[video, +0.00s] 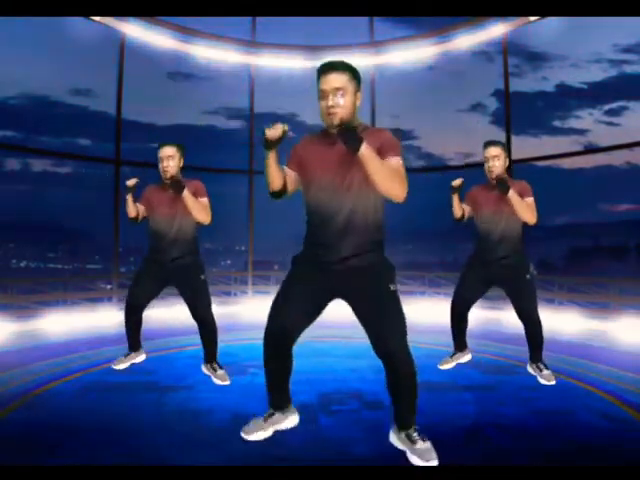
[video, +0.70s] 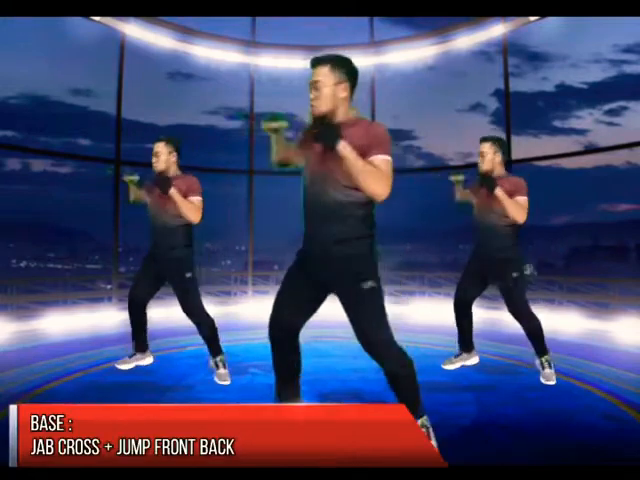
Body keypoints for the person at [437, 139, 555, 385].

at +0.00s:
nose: (492, 163)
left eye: (496, 158)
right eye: (488, 159)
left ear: (506, 160)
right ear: (483, 163)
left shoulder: (520, 188)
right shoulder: (477, 192)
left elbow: (530, 217)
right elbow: (460, 215)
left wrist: (507, 190)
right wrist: (455, 194)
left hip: (513, 264)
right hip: (482, 263)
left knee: (530, 316)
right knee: (458, 306)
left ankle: (536, 362)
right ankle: (460, 351)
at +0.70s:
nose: (480, 160)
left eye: (485, 155)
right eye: (479, 155)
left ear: (499, 157)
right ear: (480, 158)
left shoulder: (515, 184)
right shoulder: (479, 185)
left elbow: (520, 216)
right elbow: (462, 198)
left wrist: (498, 190)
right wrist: (459, 187)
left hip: (508, 257)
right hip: (482, 255)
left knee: (519, 308)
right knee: (461, 301)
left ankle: (543, 358)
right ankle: (467, 352)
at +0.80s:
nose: (477, 160)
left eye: (480, 156)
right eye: (477, 156)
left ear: (493, 157)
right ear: (485, 157)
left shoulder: (504, 181)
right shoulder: (485, 180)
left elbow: (492, 199)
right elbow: (479, 202)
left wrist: (470, 181)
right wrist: (473, 183)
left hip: (502, 252)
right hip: (484, 251)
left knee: (509, 308)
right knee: (462, 299)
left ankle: (546, 356)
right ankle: (467, 352)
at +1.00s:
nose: (482, 161)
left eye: (485, 157)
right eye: (482, 157)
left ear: (496, 156)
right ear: (494, 157)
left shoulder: (507, 175)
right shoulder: (493, 179)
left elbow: (471, 183)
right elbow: (482, 208)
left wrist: (447, 173)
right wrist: (480, 182)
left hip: (508, 257)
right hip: (490, 256)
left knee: (517, 312)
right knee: (467, 298)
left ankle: (546, 360)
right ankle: (467, 352)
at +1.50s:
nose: (481, 162)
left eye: (485, 157)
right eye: (481, 158)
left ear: (500, 157)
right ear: (489, 160)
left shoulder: (523, 182)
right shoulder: (488, 190)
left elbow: (530, 210)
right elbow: (473, 216)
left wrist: (503, 184)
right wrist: (464, 195)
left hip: (519, 262)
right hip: (492, 260)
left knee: (529, 316)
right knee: (460, 294)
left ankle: (548, 364)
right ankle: (458, 342)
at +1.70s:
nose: (464, 159)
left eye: (468, 154)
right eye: (463, 155)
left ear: (483, 155)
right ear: (469, 158)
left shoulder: (505, 179)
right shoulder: (470, 186)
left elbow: (508, 207)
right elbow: (452, 210)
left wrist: (484, 180)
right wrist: (444, 189)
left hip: (501, 255)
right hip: (472, 253)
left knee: (517, 306)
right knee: (446, 298)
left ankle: (529, 353)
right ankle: (439, 343)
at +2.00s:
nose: (465, 154)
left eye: (469, 149)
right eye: (464, 150)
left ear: (484, 151)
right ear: (466, 154)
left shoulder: (504, 174)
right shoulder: (466, 184)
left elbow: (511, 203)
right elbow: (451, 206)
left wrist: (484, 179)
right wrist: (444, 184)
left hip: (501, 251)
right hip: (472, 251)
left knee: (521, 304)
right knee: (450, 293)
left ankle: (532, 352)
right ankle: (443, 341)